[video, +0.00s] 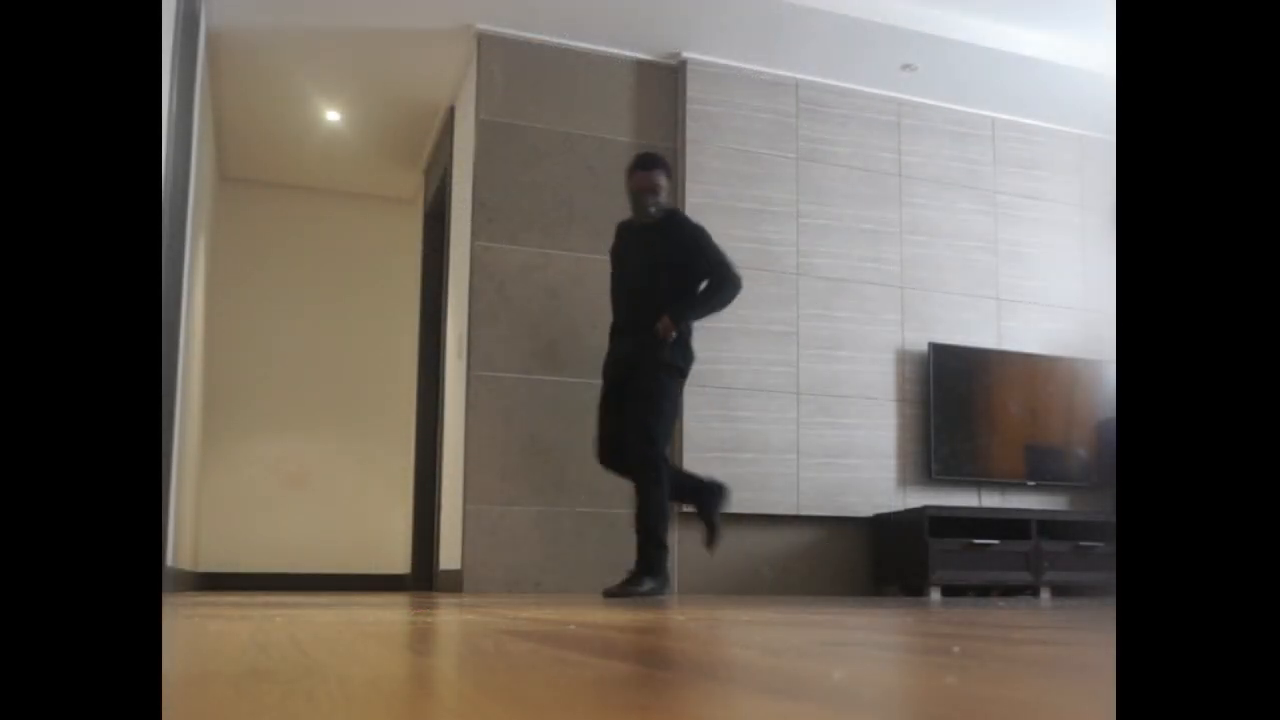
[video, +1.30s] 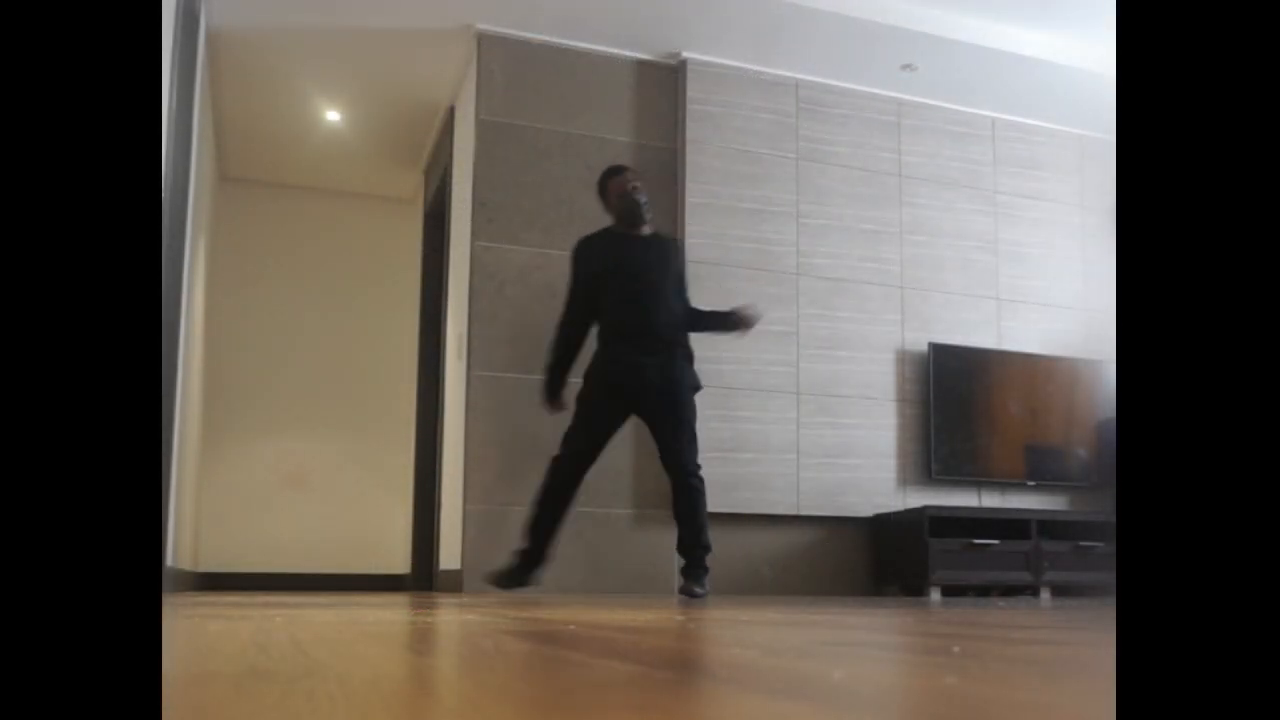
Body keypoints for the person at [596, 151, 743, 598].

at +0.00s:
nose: (648, 198)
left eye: (656, 190)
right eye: (640, 191)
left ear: (669, 189)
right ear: (628, 192)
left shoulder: (681, 231)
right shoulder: (625, 235)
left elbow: (728, 282)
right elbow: (624, 293)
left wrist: (680, 316)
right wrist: (620, 338)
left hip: (662, 359)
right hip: (624, 356)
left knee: (649, 458)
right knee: (613, 453)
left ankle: (652, 571)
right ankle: (703, 492)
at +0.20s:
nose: (656, 211)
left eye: (662, 202)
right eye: (647, 204)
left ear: (675, 196)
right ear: (635, 204)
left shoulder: (698, 237)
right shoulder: (634, 244)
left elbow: (728, 300)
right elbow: (632, 305)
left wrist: (677, 317)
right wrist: (611, 348)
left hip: (671, 359)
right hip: (637, 359)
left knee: (620, 429)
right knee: (658, 458)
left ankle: (612, 549)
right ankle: (709, 555)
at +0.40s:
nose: (642, 215)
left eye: (647, 206)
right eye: (634, 210)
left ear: (661, 200)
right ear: (626, 213)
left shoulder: (694, 234)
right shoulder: (634, 252)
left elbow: (731, 287)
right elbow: (630, 310)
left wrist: (685, 314)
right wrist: (590, 349)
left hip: (680, 355)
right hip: (651, 357)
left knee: (607, 404)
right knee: (652, 460)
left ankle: (611, 521)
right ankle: (706, 554)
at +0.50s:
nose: (642, 197)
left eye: (650, 189)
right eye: (636, 190)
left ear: (667, 191)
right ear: (627, 194)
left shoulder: (684, 227)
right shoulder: (631, 247)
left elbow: (723, 278)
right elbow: (635, 310)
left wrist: (675, 308)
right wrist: (619, 355)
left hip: (672, 354)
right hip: (639, 357)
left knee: (614, 418)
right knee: (635, 450)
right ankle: (649, 565)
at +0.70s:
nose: (639, 201)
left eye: (646, 192)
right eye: (632, 194)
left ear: (664, 192)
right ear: (624, 198)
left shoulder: (688, 228)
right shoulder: (631, 247)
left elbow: (719, 285)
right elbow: (633, 305)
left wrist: (677, 314)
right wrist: (632, 346)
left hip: (671, 356)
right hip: (632, 355)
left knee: (659, 444)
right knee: (603, 446)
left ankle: (705, 527)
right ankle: (638, 556)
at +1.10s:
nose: (636, 220)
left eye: (643, 211)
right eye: (628, 213)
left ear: (659, 205)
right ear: (619, 212)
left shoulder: (691, 246)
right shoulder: (615, 254)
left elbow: (727, 302)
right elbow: (609, 318)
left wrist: (697, 336)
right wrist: (595, 371)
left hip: (673, 373)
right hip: (626, 374)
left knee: (677, 466)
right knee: (628, 454)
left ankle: (693, 569)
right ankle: (594, 561)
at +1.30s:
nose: (637, 193)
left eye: (638, 186)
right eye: (624, 191)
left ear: (647, 195)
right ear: (608, 206)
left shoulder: (667, 249)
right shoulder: (593, 250)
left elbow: (678, 316)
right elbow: (576, 318)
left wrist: (729, 320)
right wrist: (556, 379)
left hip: (667, 383)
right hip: (610, 381)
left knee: (685, 473)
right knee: (568, 466)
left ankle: (695, 570)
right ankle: (530, 561)